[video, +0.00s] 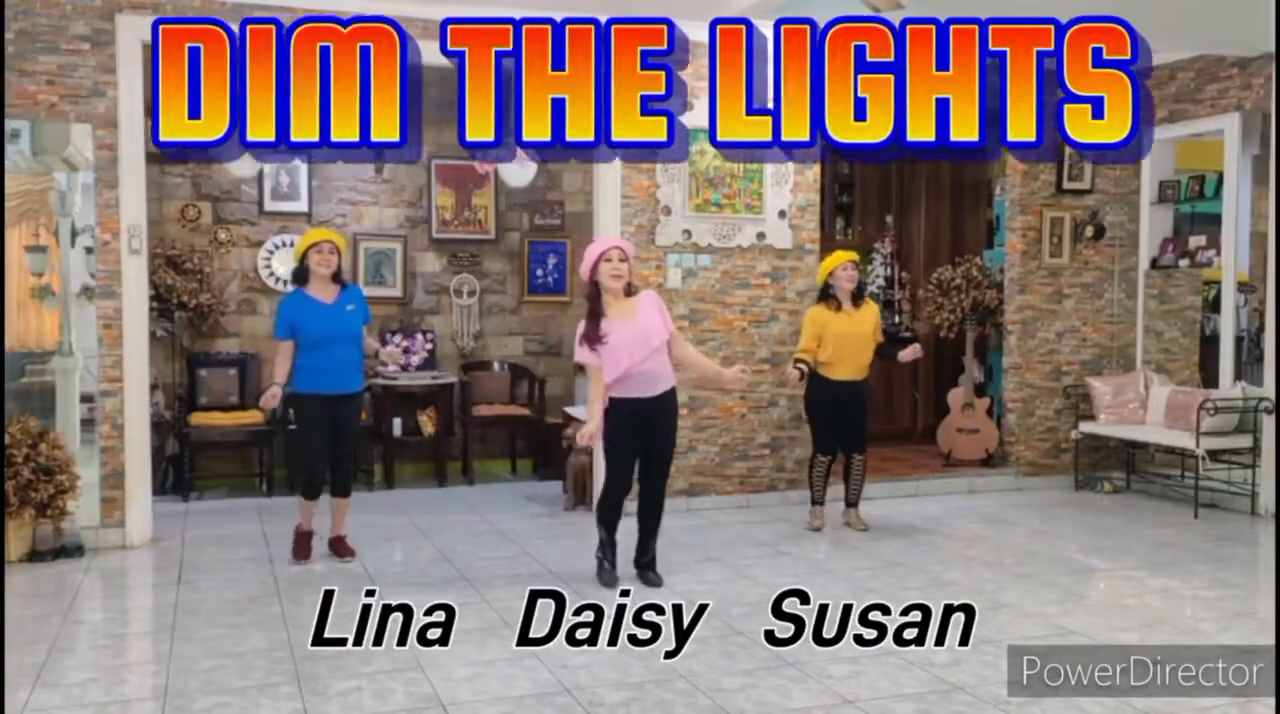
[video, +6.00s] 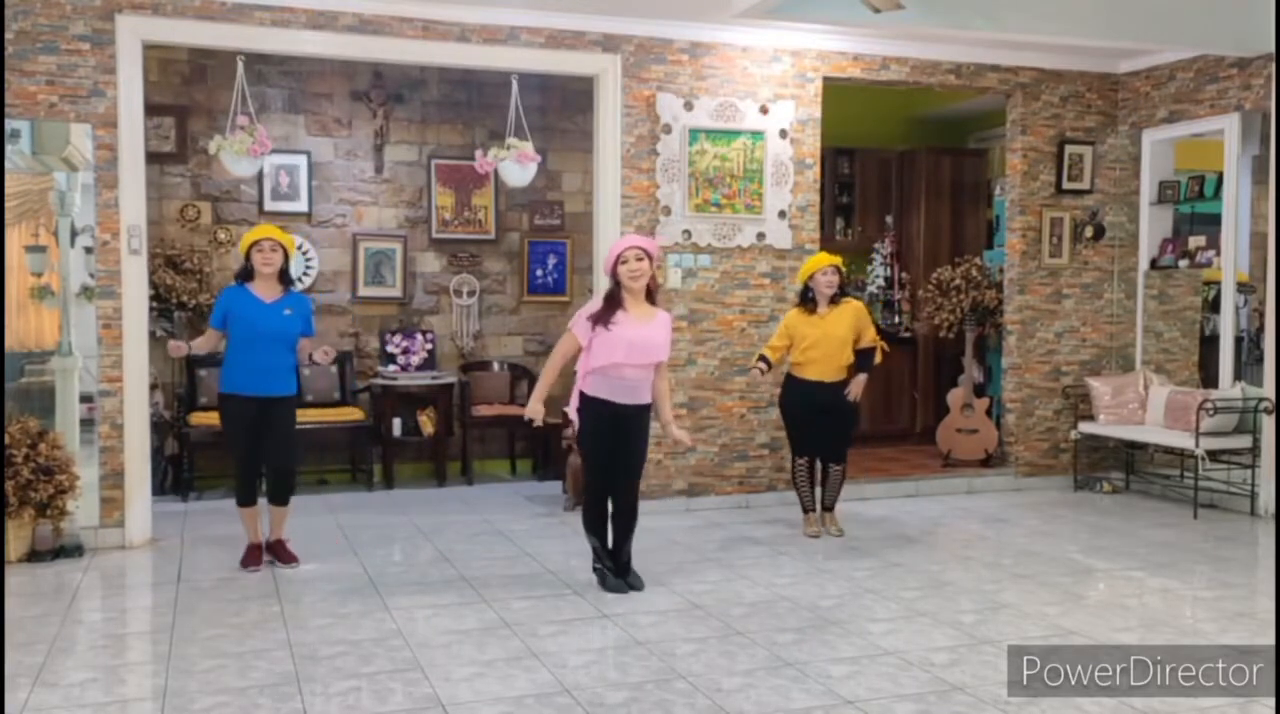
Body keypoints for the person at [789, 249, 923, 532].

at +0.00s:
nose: (852, 273)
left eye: (854, 268)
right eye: (845, 269)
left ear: (859, 275)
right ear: (830, 278)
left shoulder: (870, 310)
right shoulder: (818, 313)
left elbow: (878, 345)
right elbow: (806, 349)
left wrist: (898, 354)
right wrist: (799, 366)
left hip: (856, 387)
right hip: (823, 386)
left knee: (857, 450)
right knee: (825, 449)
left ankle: (851, 509)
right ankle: (817, 508)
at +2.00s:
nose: (838, 277)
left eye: (841, 272)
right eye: (831, 272)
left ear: (846, 277)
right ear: (817, 280)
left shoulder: (857, 307)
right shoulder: (805, 315)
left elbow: (866, 341)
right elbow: (796, 354)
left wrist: (870, 367)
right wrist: (796, 385)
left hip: (847, 387)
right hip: (813, 387)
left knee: (854, 450)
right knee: (809, 451)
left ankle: (855, 510)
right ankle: (805, 511)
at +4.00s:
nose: (829, 280)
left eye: (832, 274)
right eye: (822, 275)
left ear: (837, 280)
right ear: (807, 282)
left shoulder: (850, 309)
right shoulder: (794, 320)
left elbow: (867, 342)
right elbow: (779, 358)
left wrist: (862, 374)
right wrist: (762, 373)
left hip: (839, 392)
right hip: (802, 392)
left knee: (845, 455)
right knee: (803, 453)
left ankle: (837, 509)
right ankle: (807, 514)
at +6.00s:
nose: (831, 278)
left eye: (834, 273)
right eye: (824, 273)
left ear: (841, 279)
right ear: (810, 281)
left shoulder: (854, 309)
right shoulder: (796, 316)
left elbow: (868, 345)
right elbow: (777, 346)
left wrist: (862, 375)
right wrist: (763, 361)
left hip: (837, 392)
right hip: (799, 391)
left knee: (835, 454)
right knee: (803, 453)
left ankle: (828, 512)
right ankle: (809, 514)